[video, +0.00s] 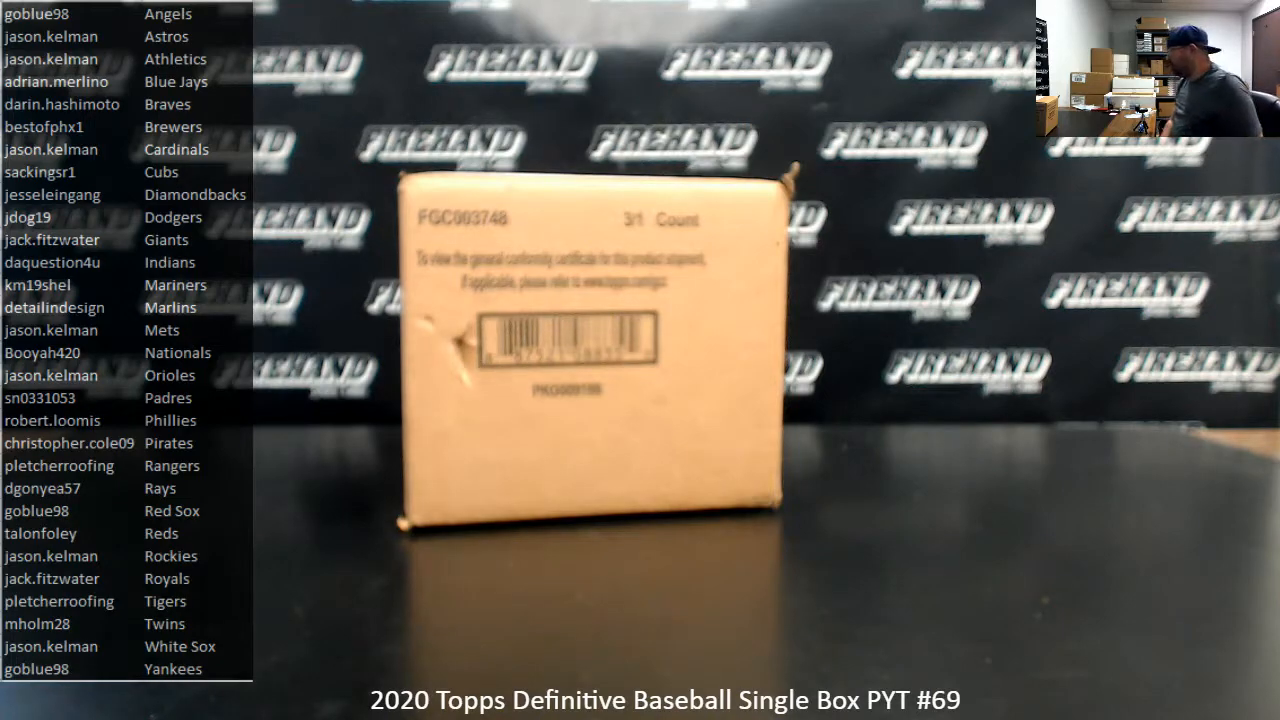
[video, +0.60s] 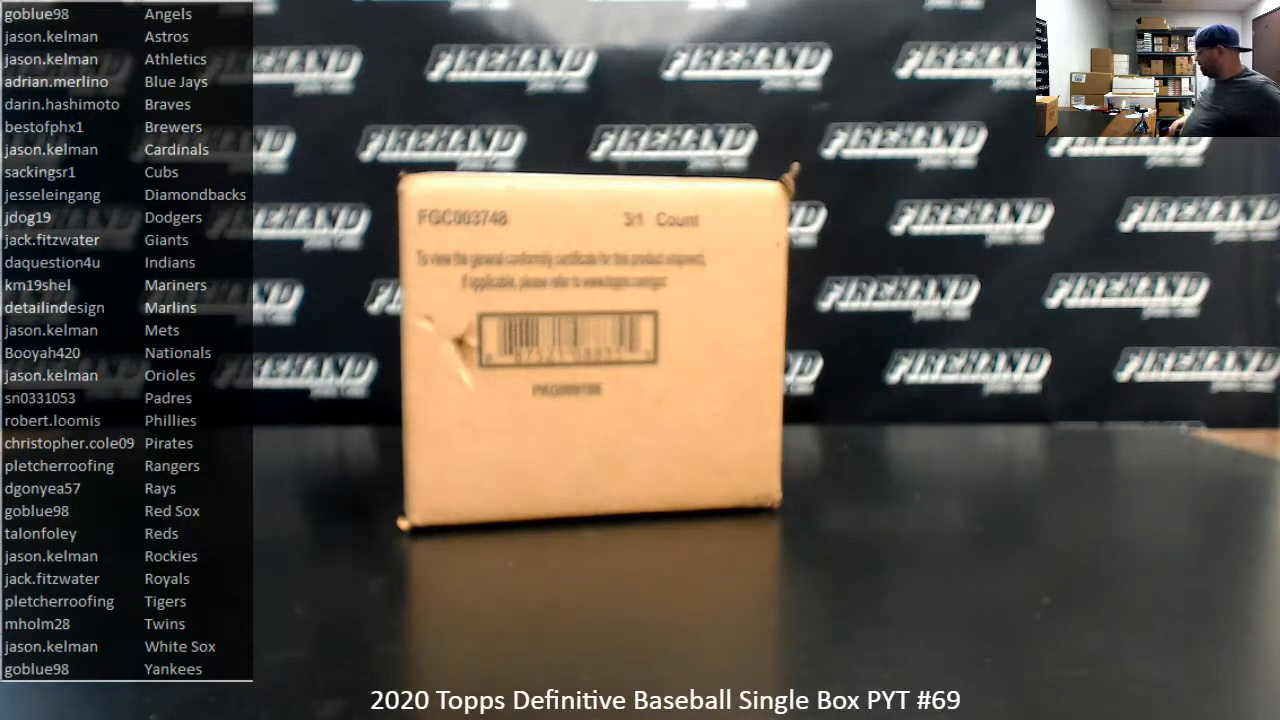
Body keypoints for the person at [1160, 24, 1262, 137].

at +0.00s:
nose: (1168, 58)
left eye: (1171, 51)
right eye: (1169, 51)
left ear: (1192, 49)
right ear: (1192, 49)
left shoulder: (1227, 85)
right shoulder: (1186, 82)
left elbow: (1253, 141)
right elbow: (1174, 121)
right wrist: (1161, 150)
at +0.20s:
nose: (1177, 58)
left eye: (1180, 51)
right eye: (1177, 52)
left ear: (1200, 48)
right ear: (1201, 49)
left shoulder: (1236, 85)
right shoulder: (1193, 82)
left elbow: (1267, 143)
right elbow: (1181, 126)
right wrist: (1161, 148)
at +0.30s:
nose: (1181, 58)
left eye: (1184, 52)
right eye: (1181, 53)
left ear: (1205, 49)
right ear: (1204, 49)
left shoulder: (1242, 85)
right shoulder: (1199, 84)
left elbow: (1273, 139)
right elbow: (1187, 122)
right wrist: (1162, 143)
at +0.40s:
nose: (1186, 58)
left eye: (1189, 51)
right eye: (1186, 52)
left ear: (1209, 50)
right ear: (1209, 50)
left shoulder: (1247, 86)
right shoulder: (1202, 82)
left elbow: (1277, 130)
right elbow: (1195, 116)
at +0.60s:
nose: (1196, 59)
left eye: (1200, 52)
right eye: (1197, 53)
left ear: (1219, 51)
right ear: (1220, 51)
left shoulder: (1261, 91)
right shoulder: (1215, 83)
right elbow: (1205, 111)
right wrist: (1186, 120)